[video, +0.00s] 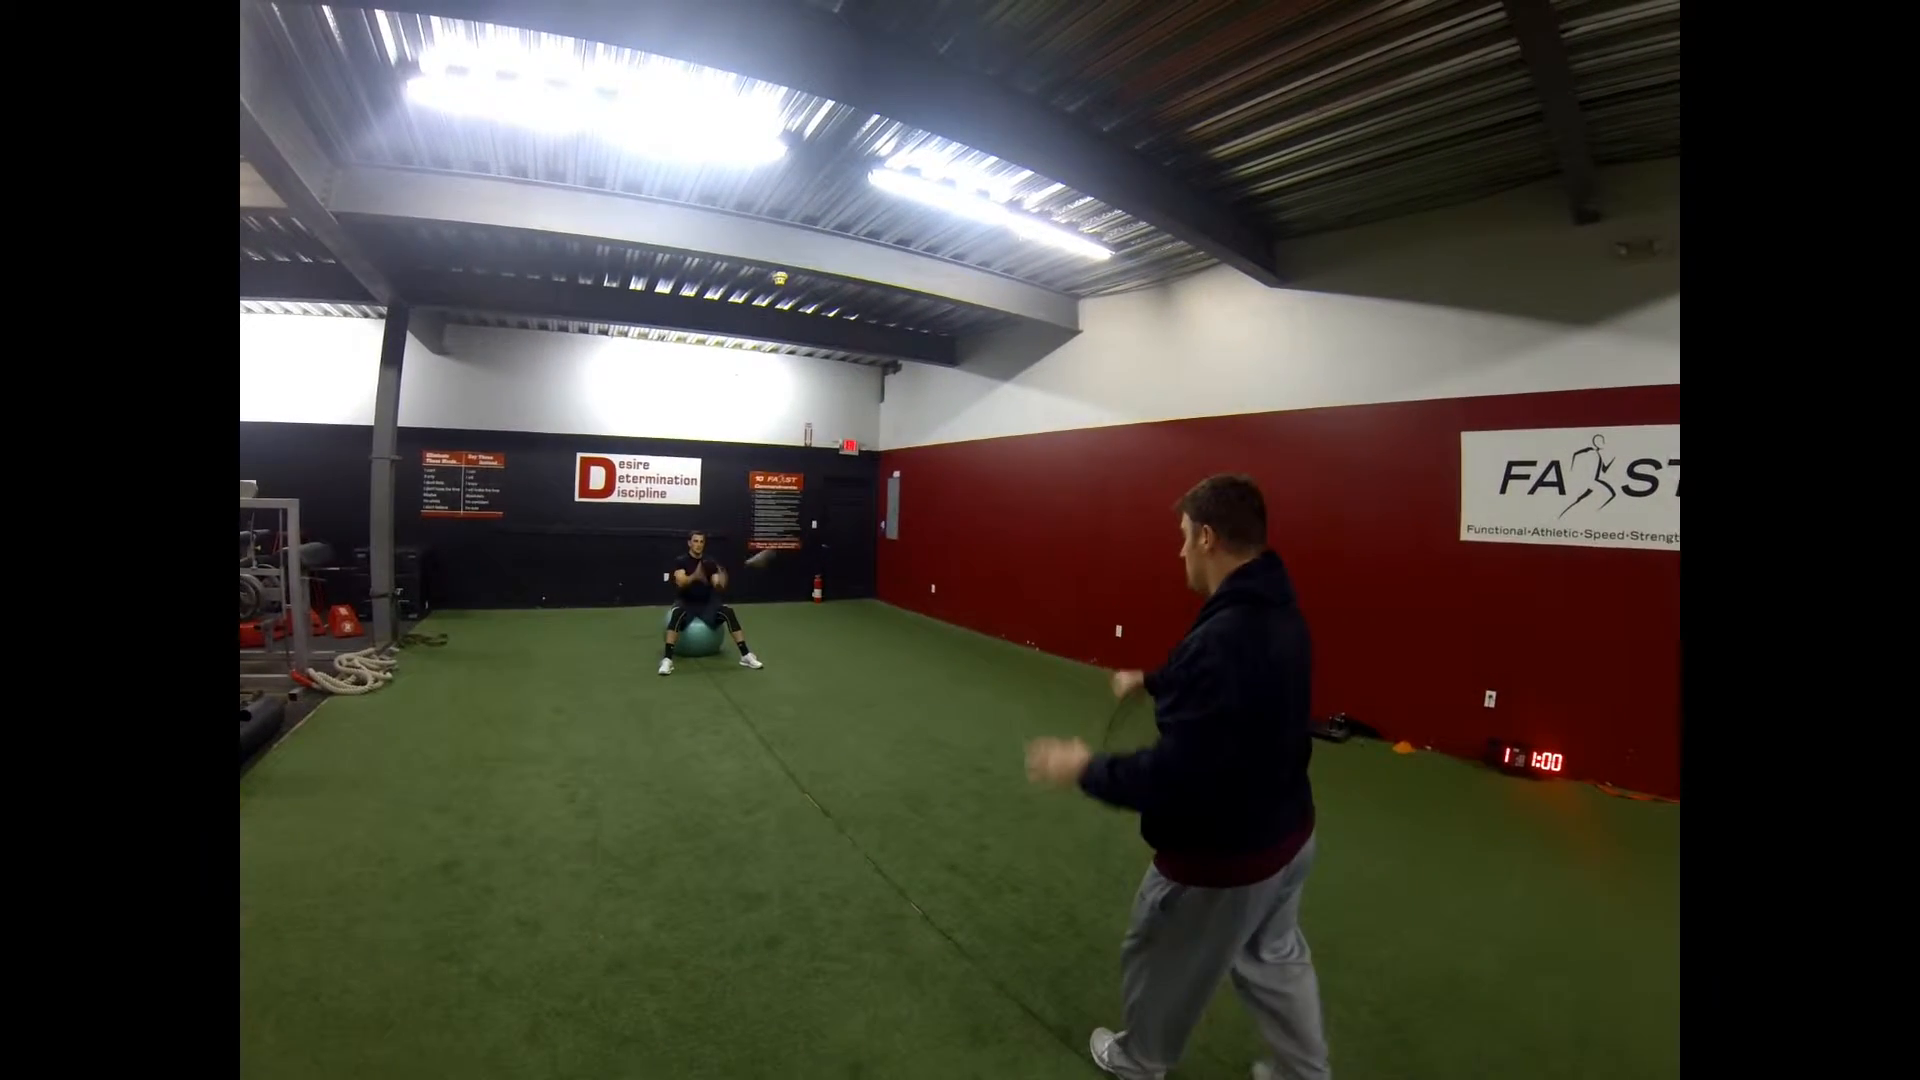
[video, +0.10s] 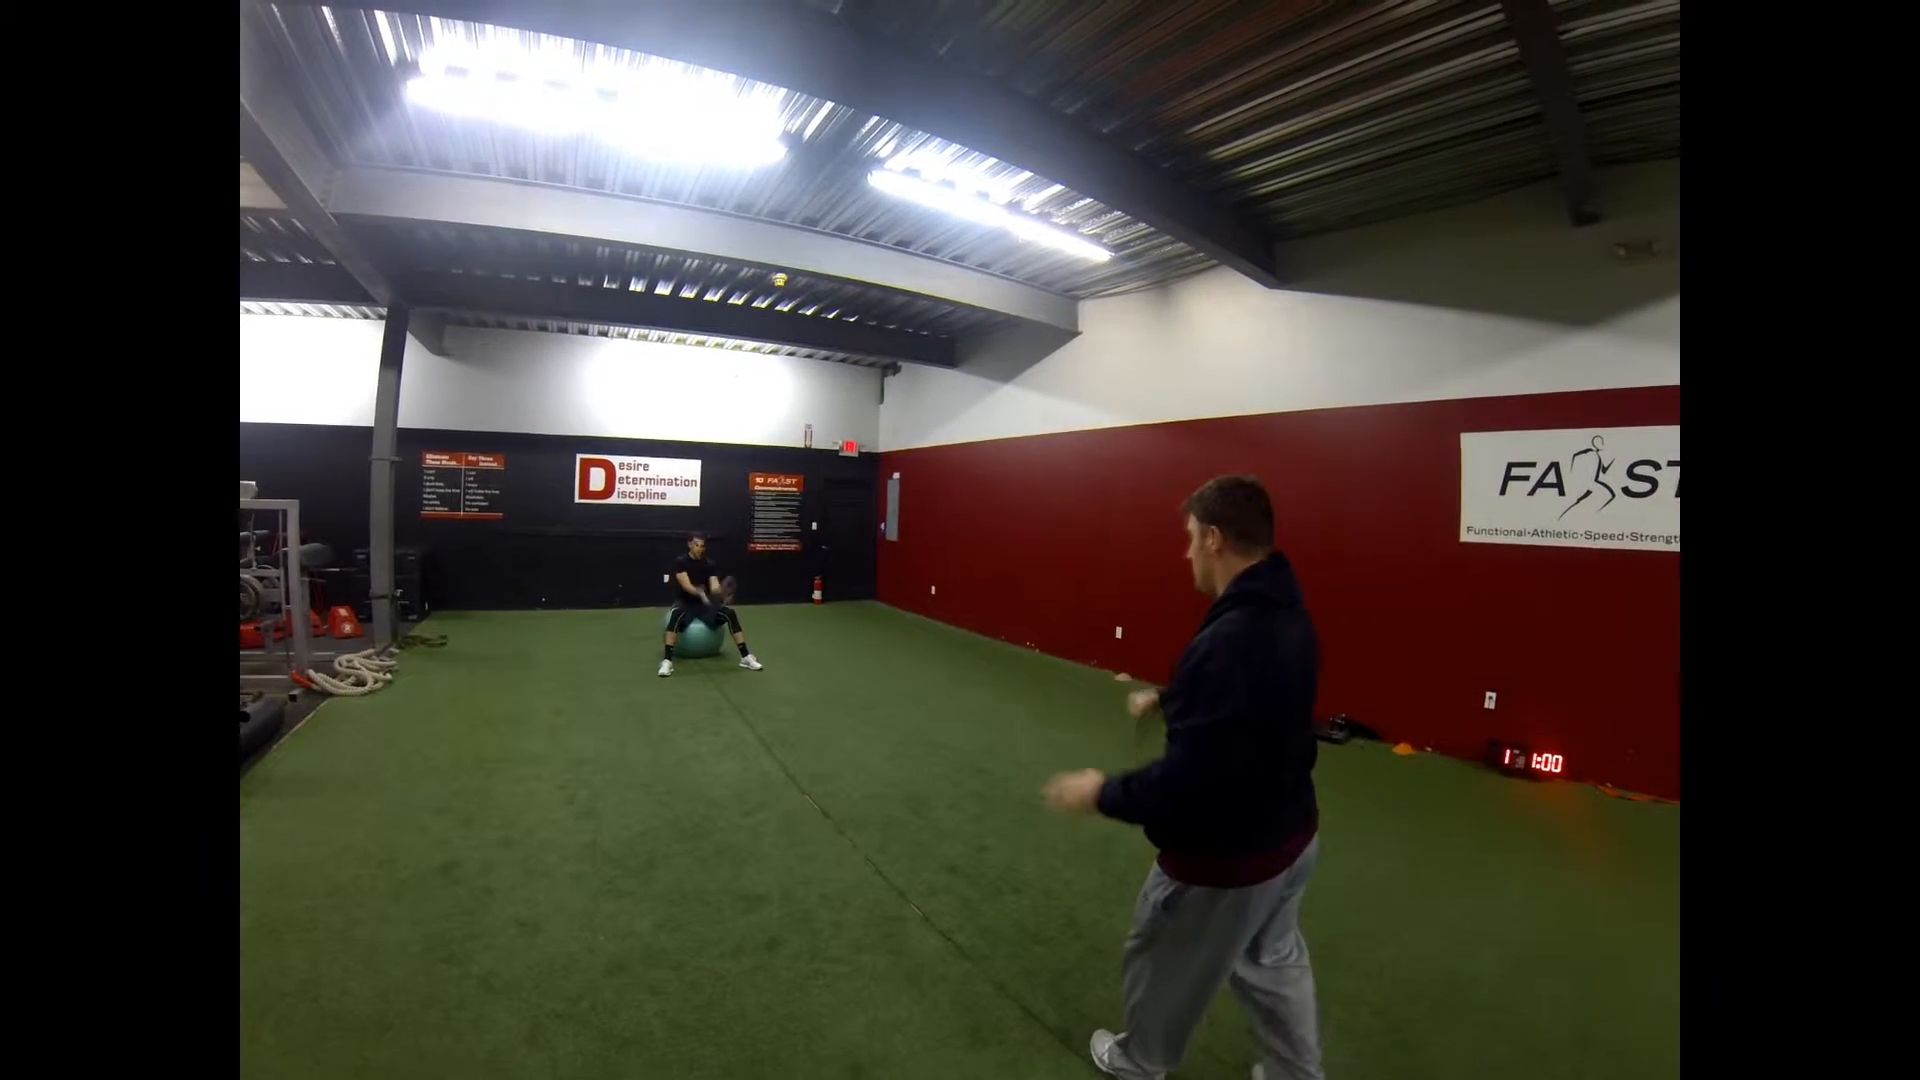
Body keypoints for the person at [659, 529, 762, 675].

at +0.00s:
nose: (698, 545)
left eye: (701, 542)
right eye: (695, 541)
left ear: (704, 544)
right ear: (689, 543)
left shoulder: (709, 562)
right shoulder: (681, 561)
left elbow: (720, 584)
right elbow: (681, 582)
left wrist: (720, 578)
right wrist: (695, 575)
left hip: (707, 604)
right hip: (687, 604)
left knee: (728, 612)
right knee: (677, 614)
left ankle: (746, 655)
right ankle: (667, 659)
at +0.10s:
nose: (700, 549)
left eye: (702, 546)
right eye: (697, 545)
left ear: (705, 547)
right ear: (689, 545)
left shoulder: (708, 563)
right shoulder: (680, 562)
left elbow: (714, 588)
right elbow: (686, 585)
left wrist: (723, 591)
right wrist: (699, 593)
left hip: (705, 603)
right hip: (685, 605)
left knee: (730, 614)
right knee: (676, 615)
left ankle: (746, 656)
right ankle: (667, 660)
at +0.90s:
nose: (700, 563)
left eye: (703, 560)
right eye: (698, 559)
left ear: (705, 560)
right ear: (690, 557)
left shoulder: (708, 573)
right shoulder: (677, 573)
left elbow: (716, 598)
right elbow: (669, 598)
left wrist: (712, 597)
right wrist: (689, 598)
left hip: (704, 612)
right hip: (684, 613)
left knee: (728, 622)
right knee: (674, 623)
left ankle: (745, 664)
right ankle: (666, 668)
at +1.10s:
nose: (691, 562)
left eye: (694, 559)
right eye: (688, 559)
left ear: (700, 558)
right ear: (685, 557)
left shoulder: (708, 573)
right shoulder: (677, 572)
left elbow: (710, 599)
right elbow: (661, 591)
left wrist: (693, 593)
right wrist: (670, 595)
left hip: (702, 612)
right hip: (682, 611)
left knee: (726, 623)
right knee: (674, 625)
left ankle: (743, 665)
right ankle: (664, 669)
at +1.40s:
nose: (690, 557)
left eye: (693, 554)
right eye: (687, 554)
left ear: (697, 556)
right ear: (681, 555)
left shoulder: (706, 573)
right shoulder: (676, 575)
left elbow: (720, 597)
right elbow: (669, 598)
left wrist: (708, 603)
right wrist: (659, 586)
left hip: (704, 615)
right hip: (684, 615)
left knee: (727, 623)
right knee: (677, 626)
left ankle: (742, 667)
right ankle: (664, 670)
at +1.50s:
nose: (690, 555)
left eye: (693, 552)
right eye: (687, 552)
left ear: (697, 554)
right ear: (682, 554)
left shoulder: (707, 572)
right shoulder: (677, 574)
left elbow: (724, 593)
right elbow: (659, 593)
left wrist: (718, 599)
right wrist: (657, 569)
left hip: (705, 615)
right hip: (684, 616)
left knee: (728, 623)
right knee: (677, 625)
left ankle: (742, 666)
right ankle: (664, 670)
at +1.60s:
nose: (691, 552)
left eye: (694, 549)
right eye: (688, 549)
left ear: (699, 552)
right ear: (683, 552)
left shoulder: (708, 570)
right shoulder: (678, 571)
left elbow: (723, 591)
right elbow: (661, 583)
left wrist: (718, 594)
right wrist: (655, 560)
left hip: (706, 613)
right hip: (685, 613)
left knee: (728, 622)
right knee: (676, 623)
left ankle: (742, 664)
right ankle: (664, 668)